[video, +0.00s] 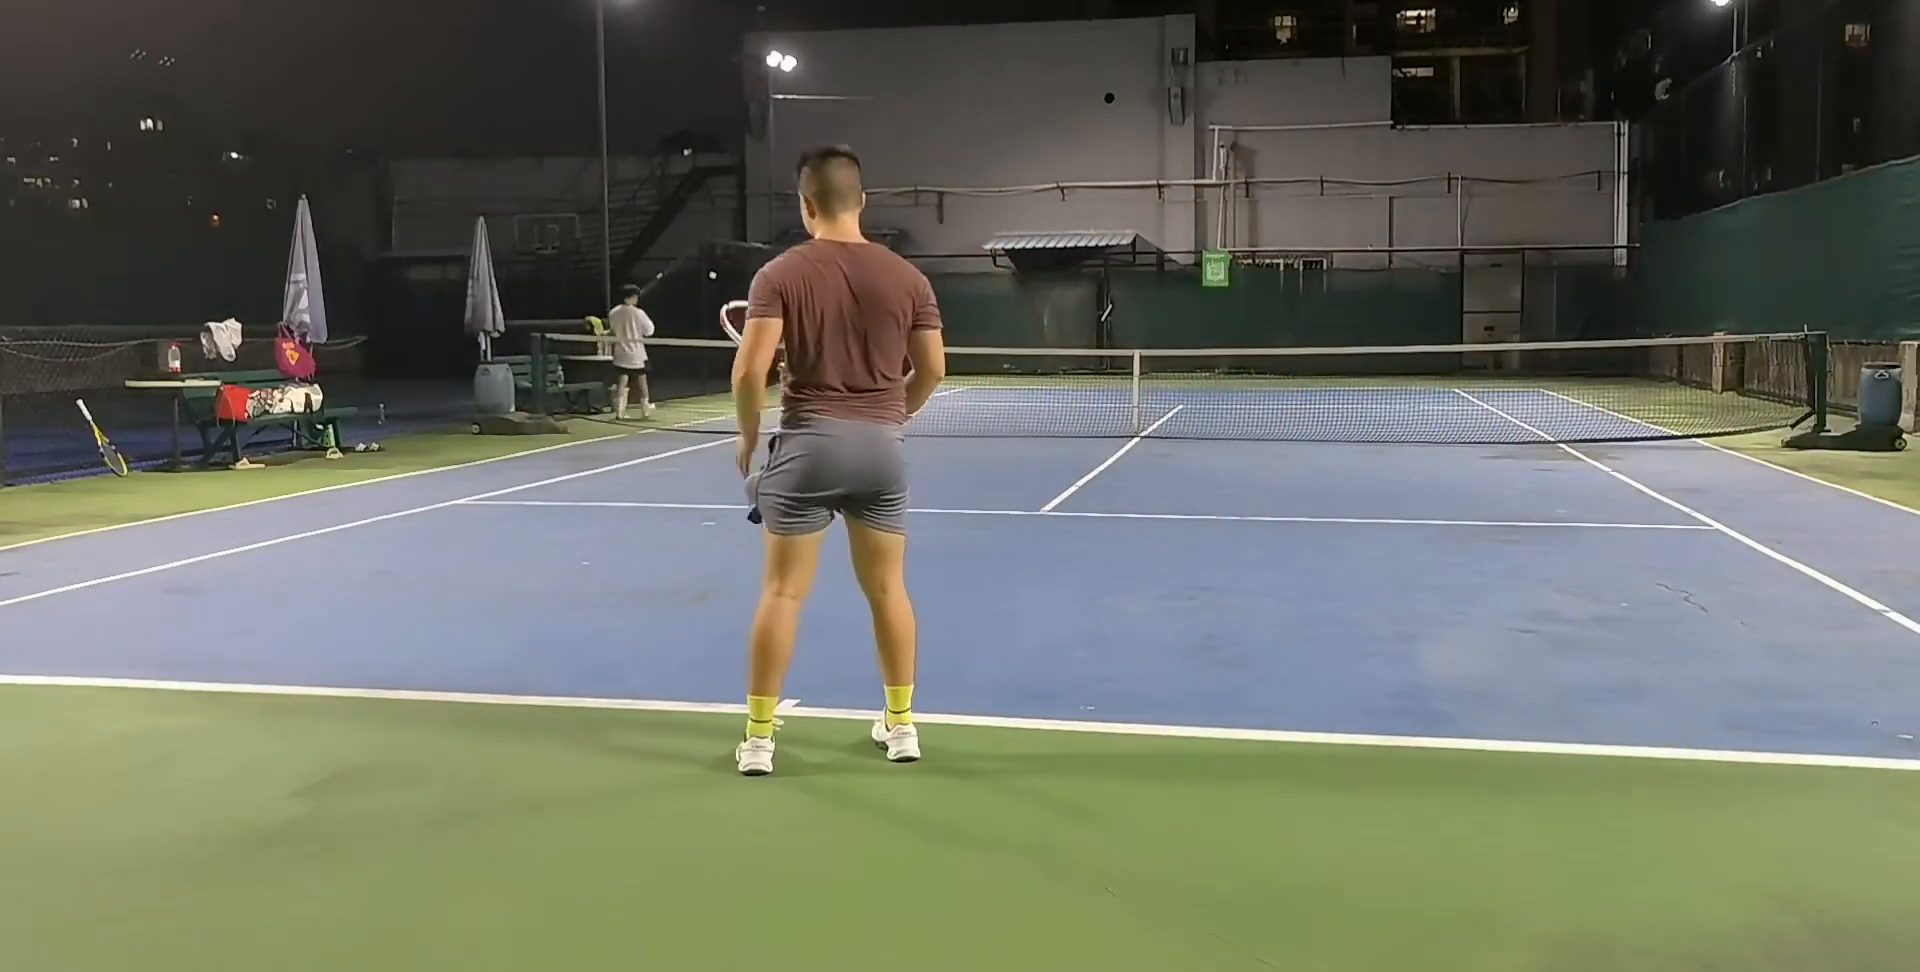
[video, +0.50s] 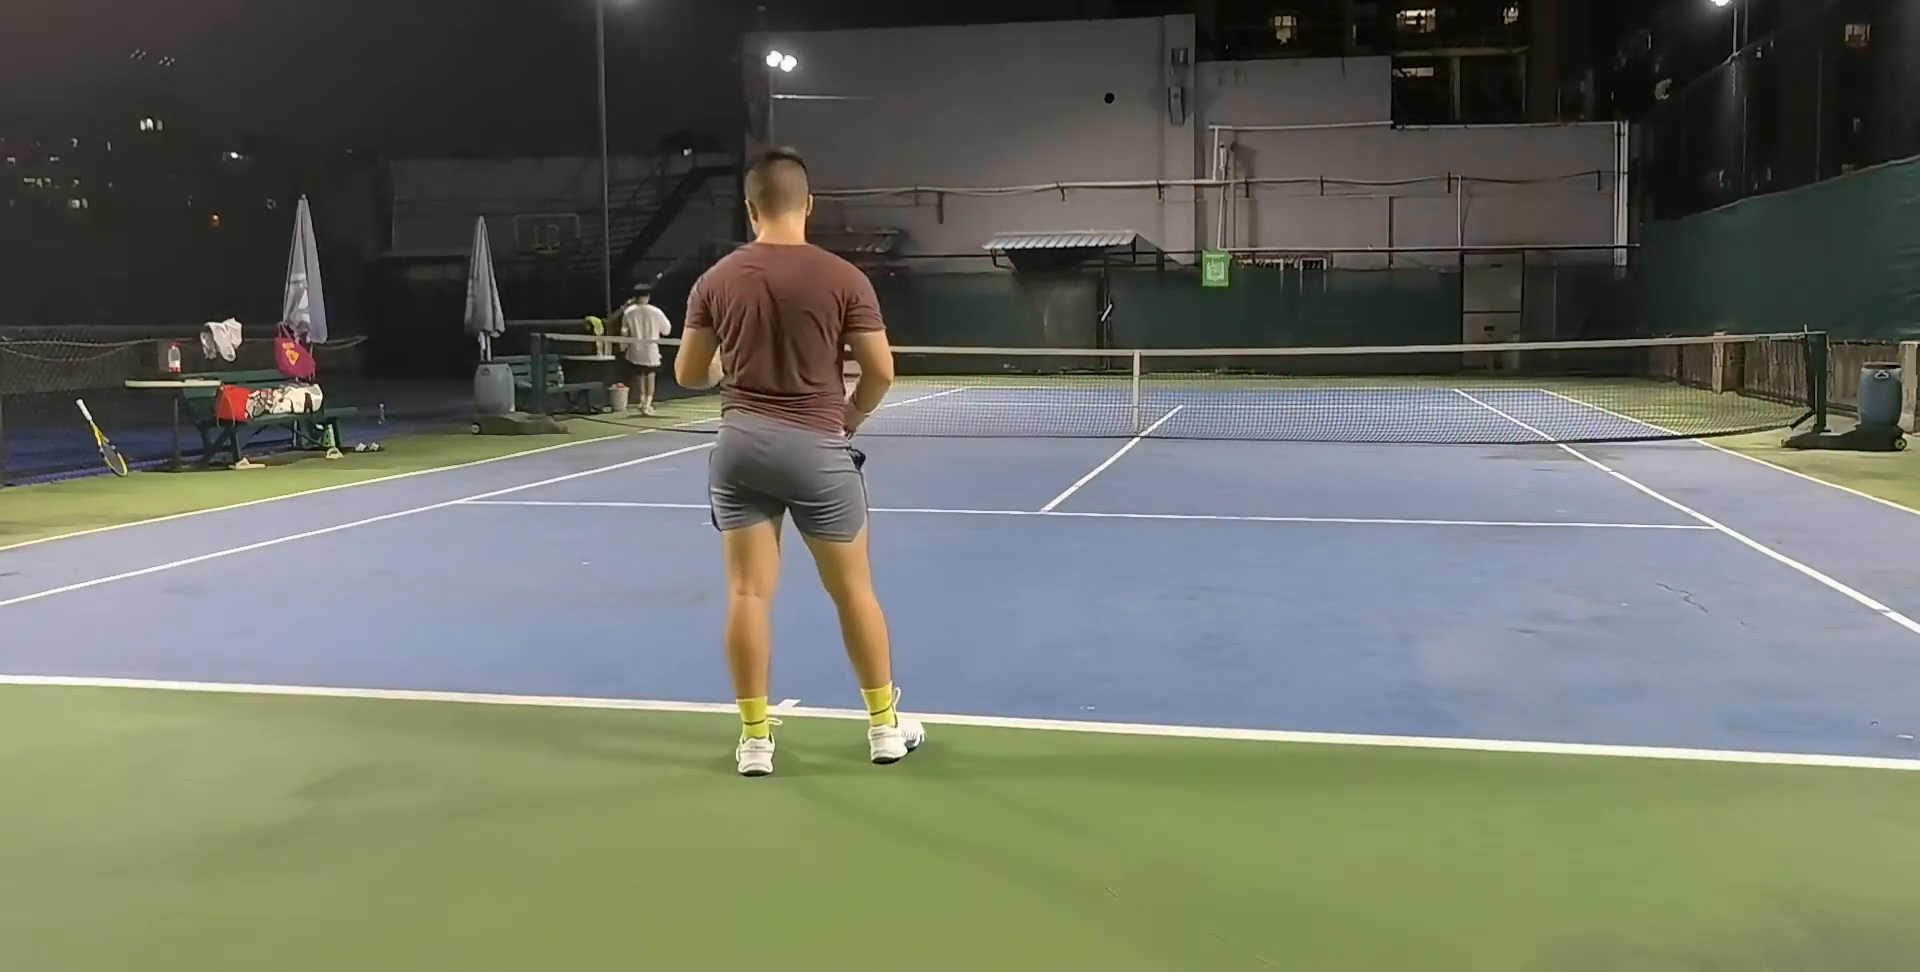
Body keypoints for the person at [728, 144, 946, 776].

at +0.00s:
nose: (803, 211)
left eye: (802, 203)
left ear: (805, 205)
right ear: (863, 203)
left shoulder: (781, 275)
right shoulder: (907, 276)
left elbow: (750, 372)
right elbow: (931, 367)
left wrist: (747, 439)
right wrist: (897, 410)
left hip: (807, 444)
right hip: (881, 443)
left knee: (782, 590)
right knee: (889, 588)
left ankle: (759, 738)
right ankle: (900, 725)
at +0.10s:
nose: (785, 212)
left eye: (782, 204)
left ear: (786, 204)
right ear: (844, 203)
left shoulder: (760, 277)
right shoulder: (890, 276)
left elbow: (727, 382)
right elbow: (916, 368)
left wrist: (731, 361)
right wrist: (882, 412)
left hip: (788, 439)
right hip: (861, 442)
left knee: (771, 591)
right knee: (878, 588)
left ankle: (757, 738)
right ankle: (899, 724)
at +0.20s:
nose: (770, 215)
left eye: (767, 206)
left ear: (770, 206)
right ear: (829, 204)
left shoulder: (744, 278)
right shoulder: (874, 277)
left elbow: (708, 376)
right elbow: (902, 371)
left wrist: (722, 337)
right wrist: (866, 416)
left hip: (771, 438)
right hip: (846, 444)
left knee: (760, 592)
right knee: (869, 591)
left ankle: (755, 739)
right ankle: (896, 724)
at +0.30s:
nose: (760, 214)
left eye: (756, 205)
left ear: (759, 206)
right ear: (818, 204)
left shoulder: (733, 278)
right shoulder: (861, 276)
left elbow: (694, 373)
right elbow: (891, 371)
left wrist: (715, 338)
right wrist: (854, 420)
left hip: (758, 439)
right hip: (834, 445)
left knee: (754, 593)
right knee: (859, 591)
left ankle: (756, 740)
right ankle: (888, 724)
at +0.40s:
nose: (760, 215)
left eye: (753, 205)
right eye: (805, 202)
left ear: (753, 206)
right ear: (812, 205)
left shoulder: (722, 279)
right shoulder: (850, 277)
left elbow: (688, 374)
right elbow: (884, 371)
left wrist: (726, 356)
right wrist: (851, 415)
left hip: (747, 441)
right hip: (825, 447)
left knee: (750, 593)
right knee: (855, 589)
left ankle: (756, 740)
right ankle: (885, 725)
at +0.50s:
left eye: (750, 204)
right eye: (808, 201)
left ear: (750, 207)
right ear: (809, 205)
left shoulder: (717, 281)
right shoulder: (844, 278)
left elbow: (688, 374)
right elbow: (880, 371)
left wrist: (732, 360)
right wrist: (849, 418)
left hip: (742, 442)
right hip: (821, 448)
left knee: (748, 592)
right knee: (854, 589)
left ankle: (755, 739)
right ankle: (884, 727)